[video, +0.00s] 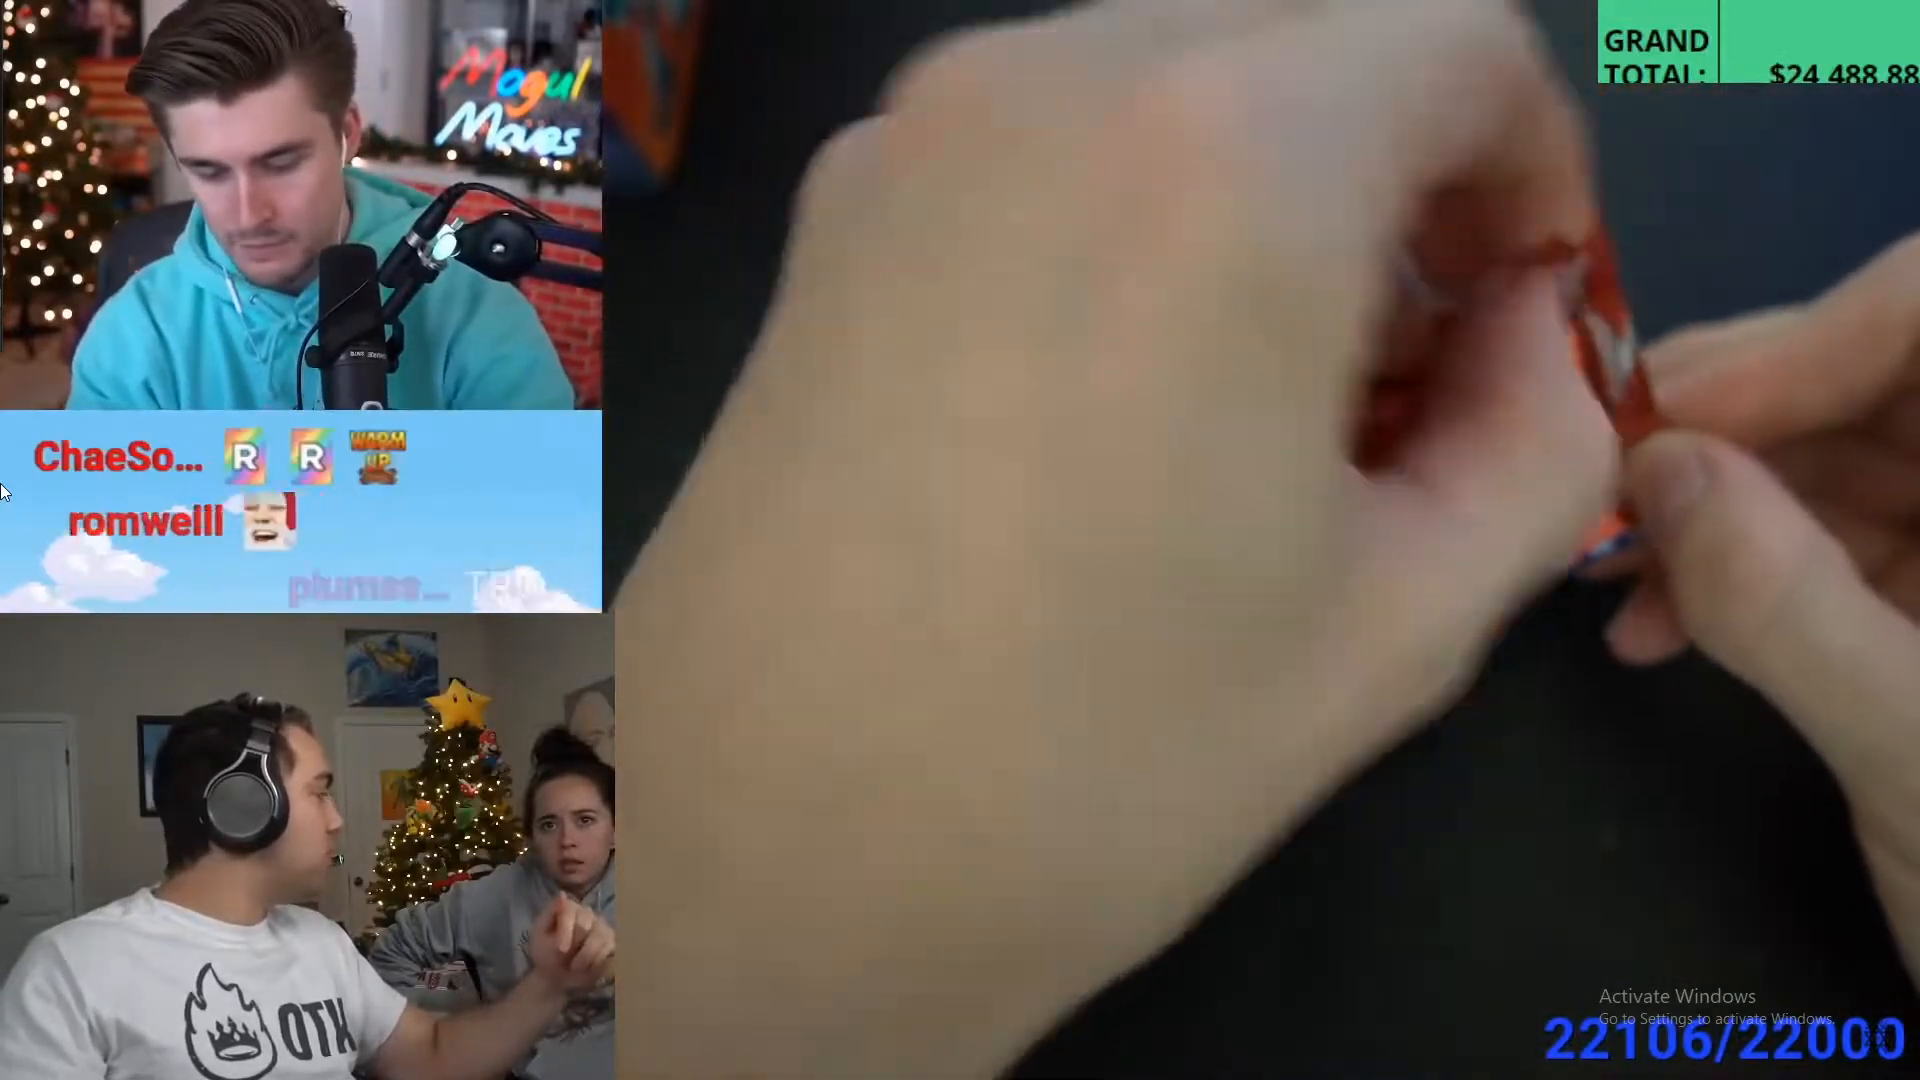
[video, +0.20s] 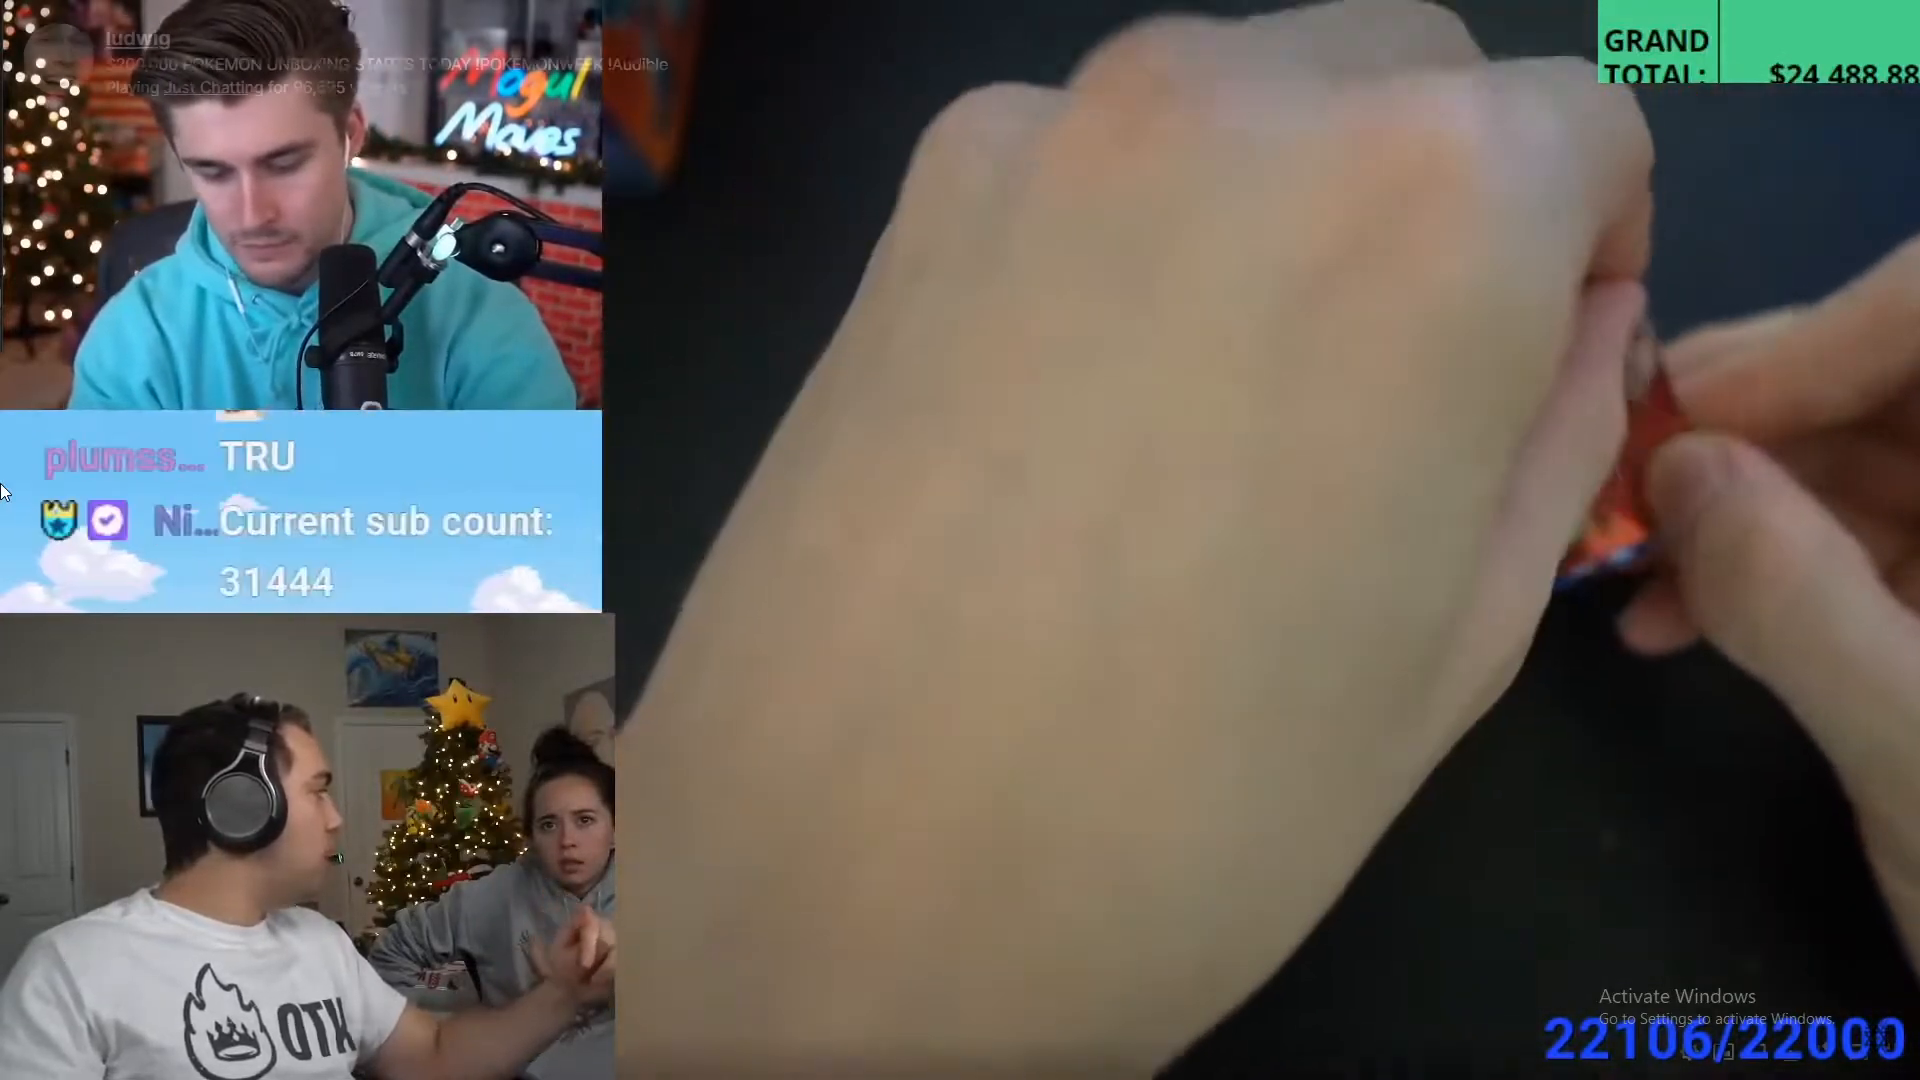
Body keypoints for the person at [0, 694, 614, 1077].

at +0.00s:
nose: (339, 817)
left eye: (331, 792)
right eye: (320, 791)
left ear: (241, 805)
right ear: (238, 804)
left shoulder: (320, 945)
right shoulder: (69, 971)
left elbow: (432, 1051)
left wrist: (548, 986)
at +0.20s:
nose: (338, 817)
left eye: (330, 791)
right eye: (319, 790)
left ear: (241, 803)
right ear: (236, 803)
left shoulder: (320, 946)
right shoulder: (68, 973)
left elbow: (435, 1050)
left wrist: (563, 996)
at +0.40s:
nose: (338, 816)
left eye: (330, 790)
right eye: (319, 789)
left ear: (241, 803)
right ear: (237, 802)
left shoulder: (320, 945)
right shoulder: (68, 973)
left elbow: (431, 1050)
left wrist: (553, 987)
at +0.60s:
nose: (338, 816)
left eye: (330, 791)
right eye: (319, 789)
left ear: (241, 804)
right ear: (237, 803)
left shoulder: (321, 944)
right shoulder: (72, 970)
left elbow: (427, 1051)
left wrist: (545, 982)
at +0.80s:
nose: (340, 816)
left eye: (331, 791)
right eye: (321, 790)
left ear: (254, 797)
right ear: (241, 800)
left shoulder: (326, 943)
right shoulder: (77, 966)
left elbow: (429, 1056)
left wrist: (530, 966)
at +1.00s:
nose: (342, 819)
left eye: (335, 793)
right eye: (325, 792)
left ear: (256, 802)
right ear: (244, 802)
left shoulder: (324, 943)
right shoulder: (79, 966)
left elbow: (432, 1051)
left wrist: (557, 990)